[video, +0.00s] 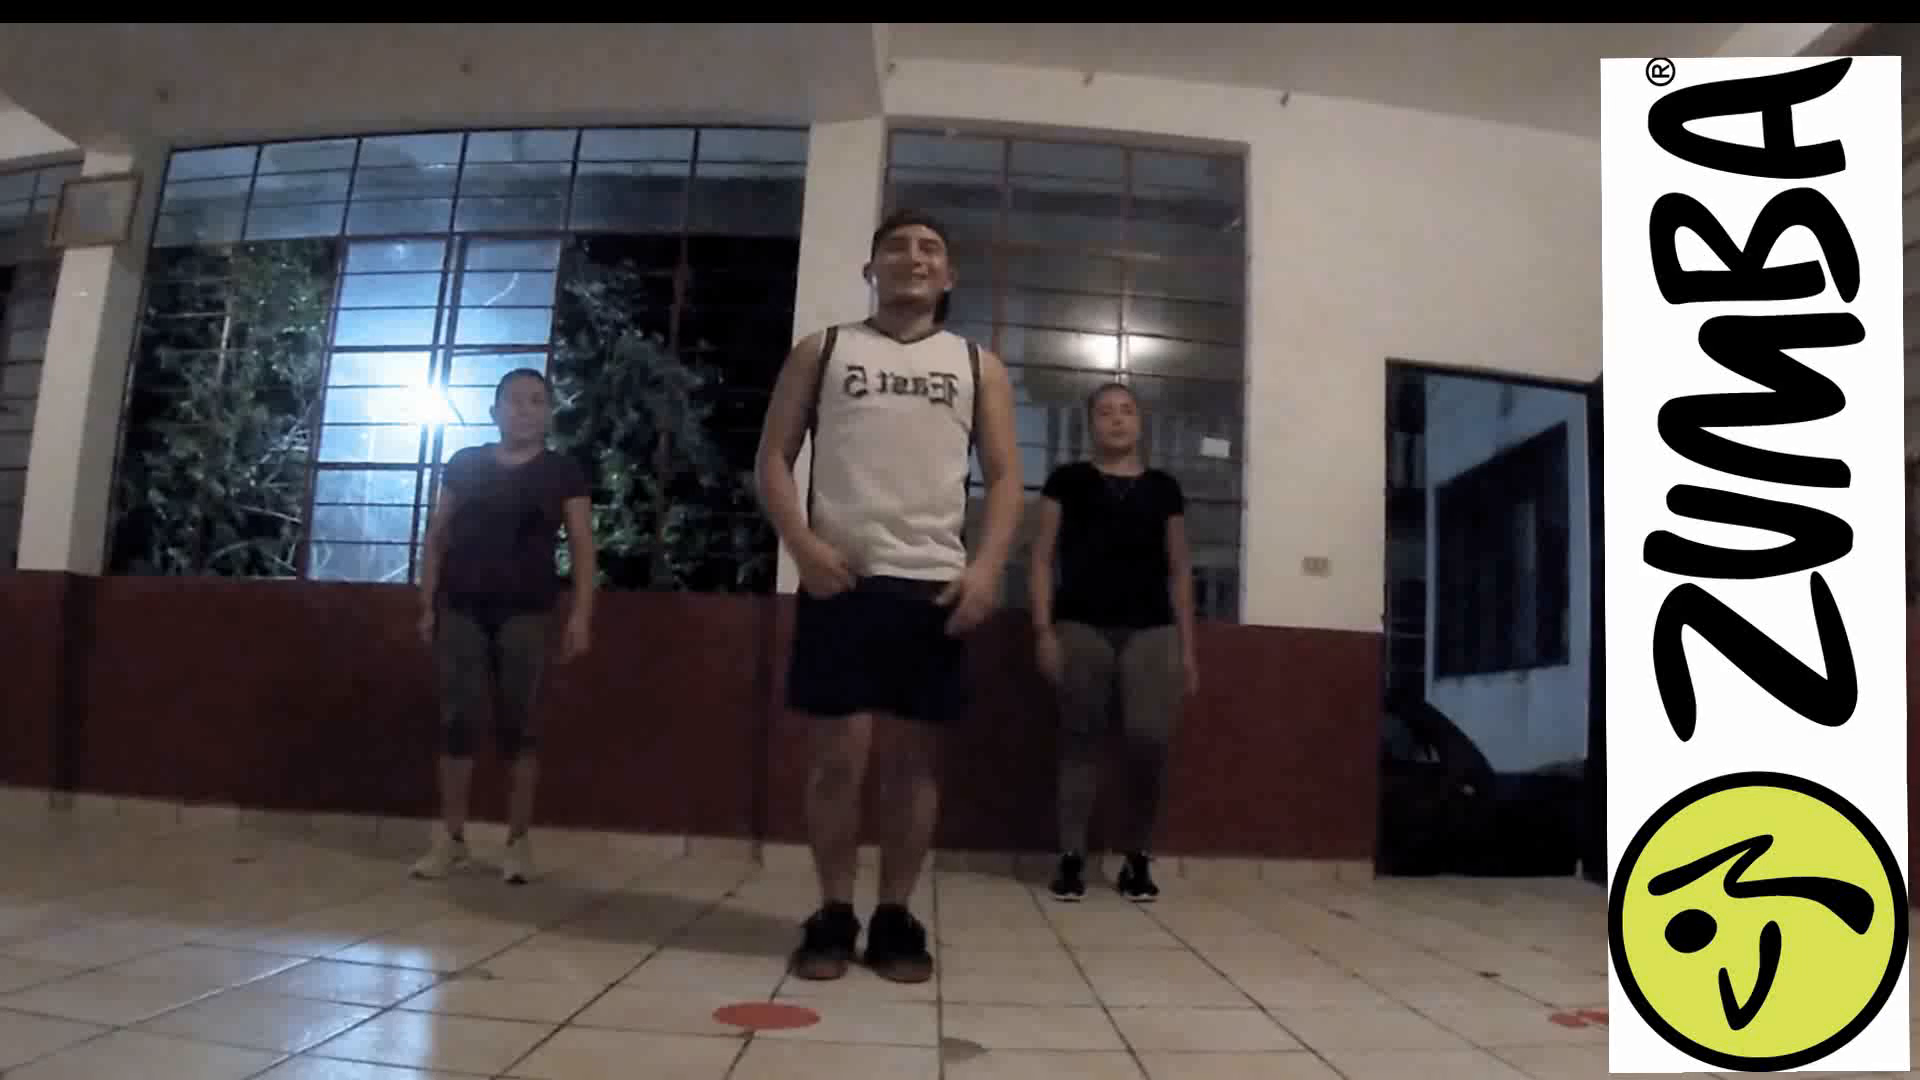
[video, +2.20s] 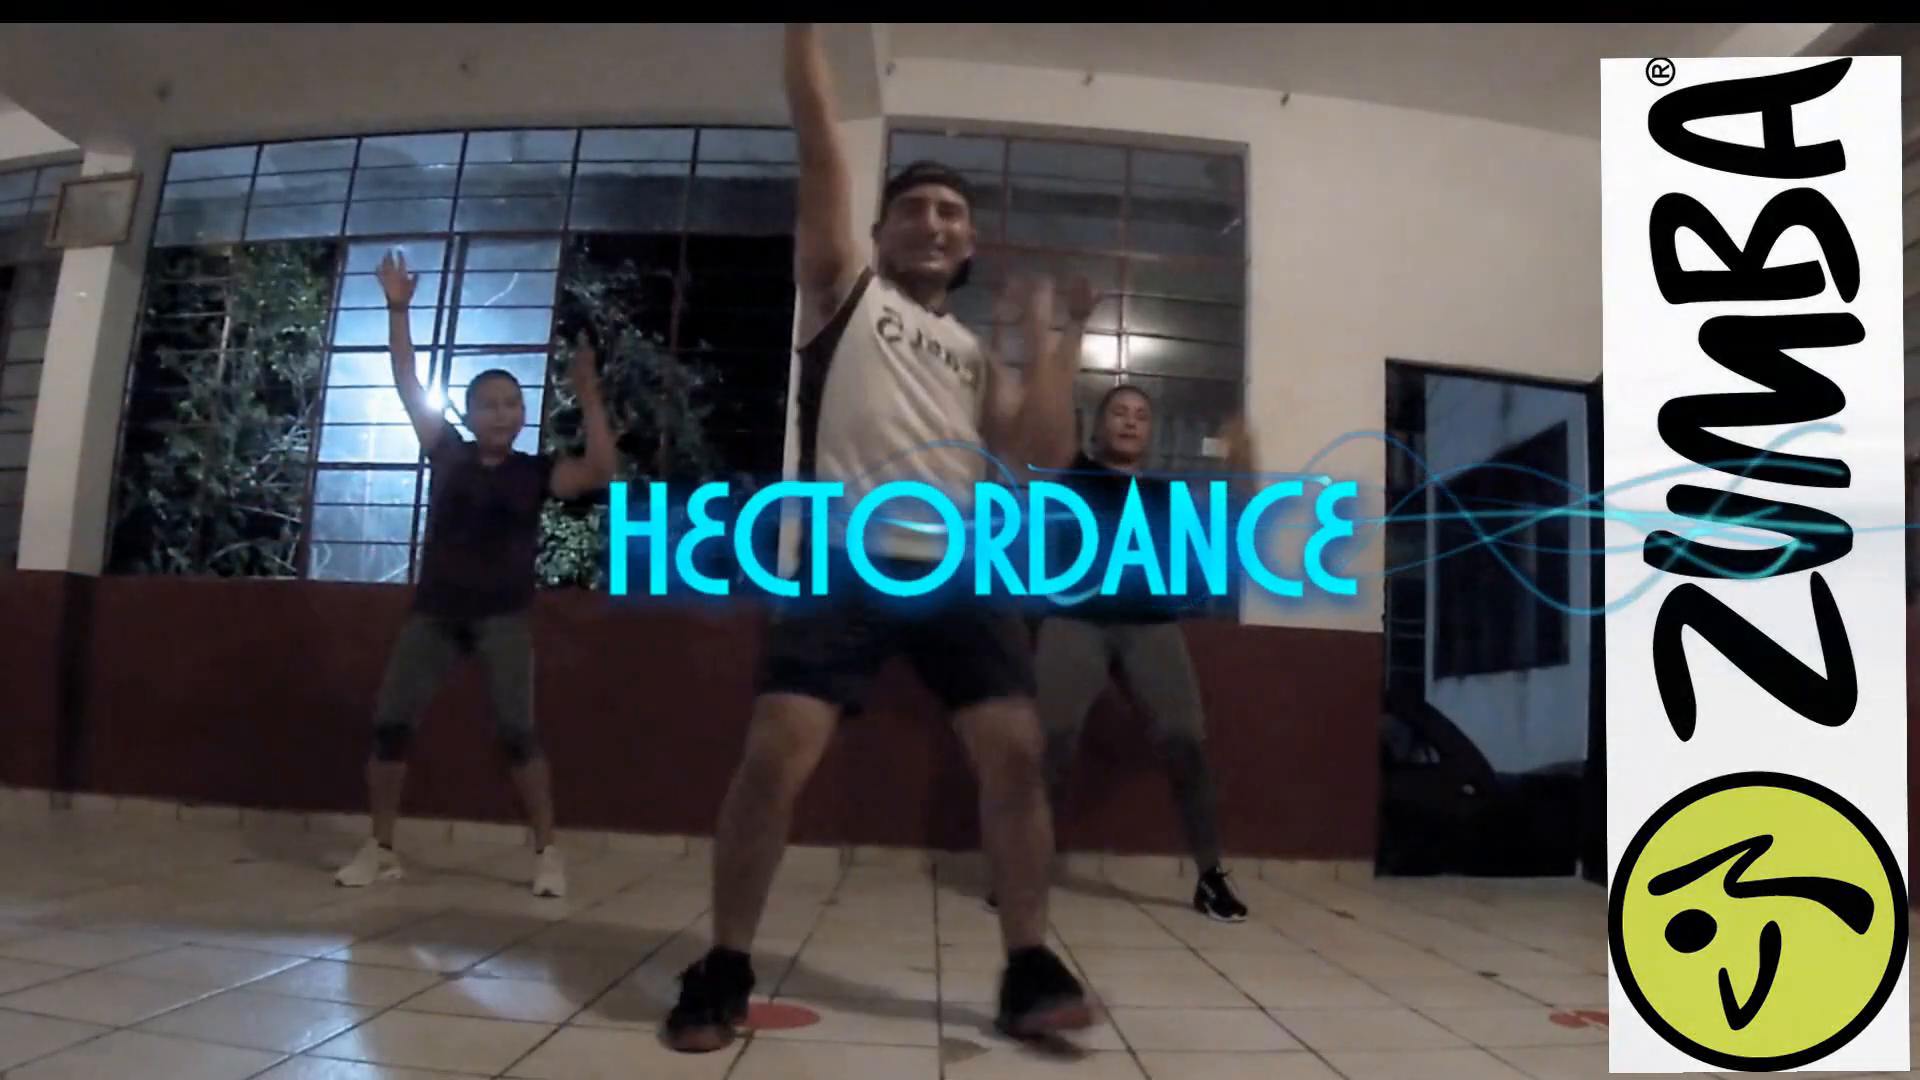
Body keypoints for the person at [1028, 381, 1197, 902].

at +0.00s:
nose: (1117, 420)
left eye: (1126, 412)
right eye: (1106, 413)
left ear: (1141, 424)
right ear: (1090, 425)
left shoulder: (1162, 488)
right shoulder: (1067, 481)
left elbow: (1180, 570)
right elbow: (1041, 559)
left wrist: (1187, 649)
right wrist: (1044, 632)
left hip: (1151, 635)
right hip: (1083, 632)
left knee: (1149, 747)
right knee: (1079, 744)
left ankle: (1138, 857)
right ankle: (1072, 853)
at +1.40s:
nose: (1147, 419)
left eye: (1156, 412)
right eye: (1137, 412)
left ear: (1168, 424)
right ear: (1120, 422)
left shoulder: (1188, 485)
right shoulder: (1094, 483)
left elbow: (1210, 555)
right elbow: (1065, 553)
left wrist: (1197, 602)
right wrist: (1095, 596)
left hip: (1172, 625)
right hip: (1107, 624)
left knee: (1157, 739)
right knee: (1106, 735)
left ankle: (1138, 857)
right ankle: (1091, 857)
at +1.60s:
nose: (1147, 417)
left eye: (1156, 409)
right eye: (1137, 409)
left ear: (1170, 420)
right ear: (1119, 421)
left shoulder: (1191, 473)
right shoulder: (1093, 477)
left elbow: (1261, 460)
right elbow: (1061, 548)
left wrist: (1239, 399)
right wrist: (1069, 611)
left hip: (1176, 623)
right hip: (1108, 623)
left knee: (1190, 734)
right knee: (1100, 739)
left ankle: (1188, 865)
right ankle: (1092, 857)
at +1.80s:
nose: (1158, 422)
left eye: (1166, 414)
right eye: (1146, 415)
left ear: (1181, 426)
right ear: (1127, 430)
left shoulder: (1207, 475)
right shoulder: (1107, 484)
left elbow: (1255, 409)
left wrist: (1292, 338)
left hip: (1195, 627)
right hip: (1119, 626)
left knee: (1209, 741)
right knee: (1088, 735)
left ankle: (1215, 875)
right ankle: (1084, 858)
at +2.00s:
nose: (1150, 417)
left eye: (1160, 410)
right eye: (1139, 409)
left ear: (1175, 424)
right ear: (1120, 424)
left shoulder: (1200, 470)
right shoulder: (1097, 473)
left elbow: (1253, 404)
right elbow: (1048, 431)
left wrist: (1297, 332)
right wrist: (1080, 382)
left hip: (1192, 617)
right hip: (1113, 614)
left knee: (1202, 739)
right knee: (1063, 725)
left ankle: (1215, 874)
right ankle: (1022, 861)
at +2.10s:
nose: (1140, 422)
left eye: (1150, 415)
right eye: (1130, 414)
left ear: (1166, 428)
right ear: (1110, 425)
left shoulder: (1189, 478)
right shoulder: (1087, 476)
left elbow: (1249, 439)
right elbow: (1060, 413)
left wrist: (1280, 366)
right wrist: (1061, 352)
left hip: (1174, 621)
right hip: (1097, 618)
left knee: (1194, 737)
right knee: (1059, 730)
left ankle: (1212, 874)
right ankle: (1018, 864)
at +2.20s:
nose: (1129, 424)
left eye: (1140, 417)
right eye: (1120, 414)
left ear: (1151, 431)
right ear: (1099, 424)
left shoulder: (1164, 489)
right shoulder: (1071, 477)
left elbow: (1226, 527)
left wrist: (1239, 470)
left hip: (1150, 623)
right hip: (1074, 621)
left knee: (1184, 741)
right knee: (1051, 744)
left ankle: (1211, 874)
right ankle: (1016, 876)